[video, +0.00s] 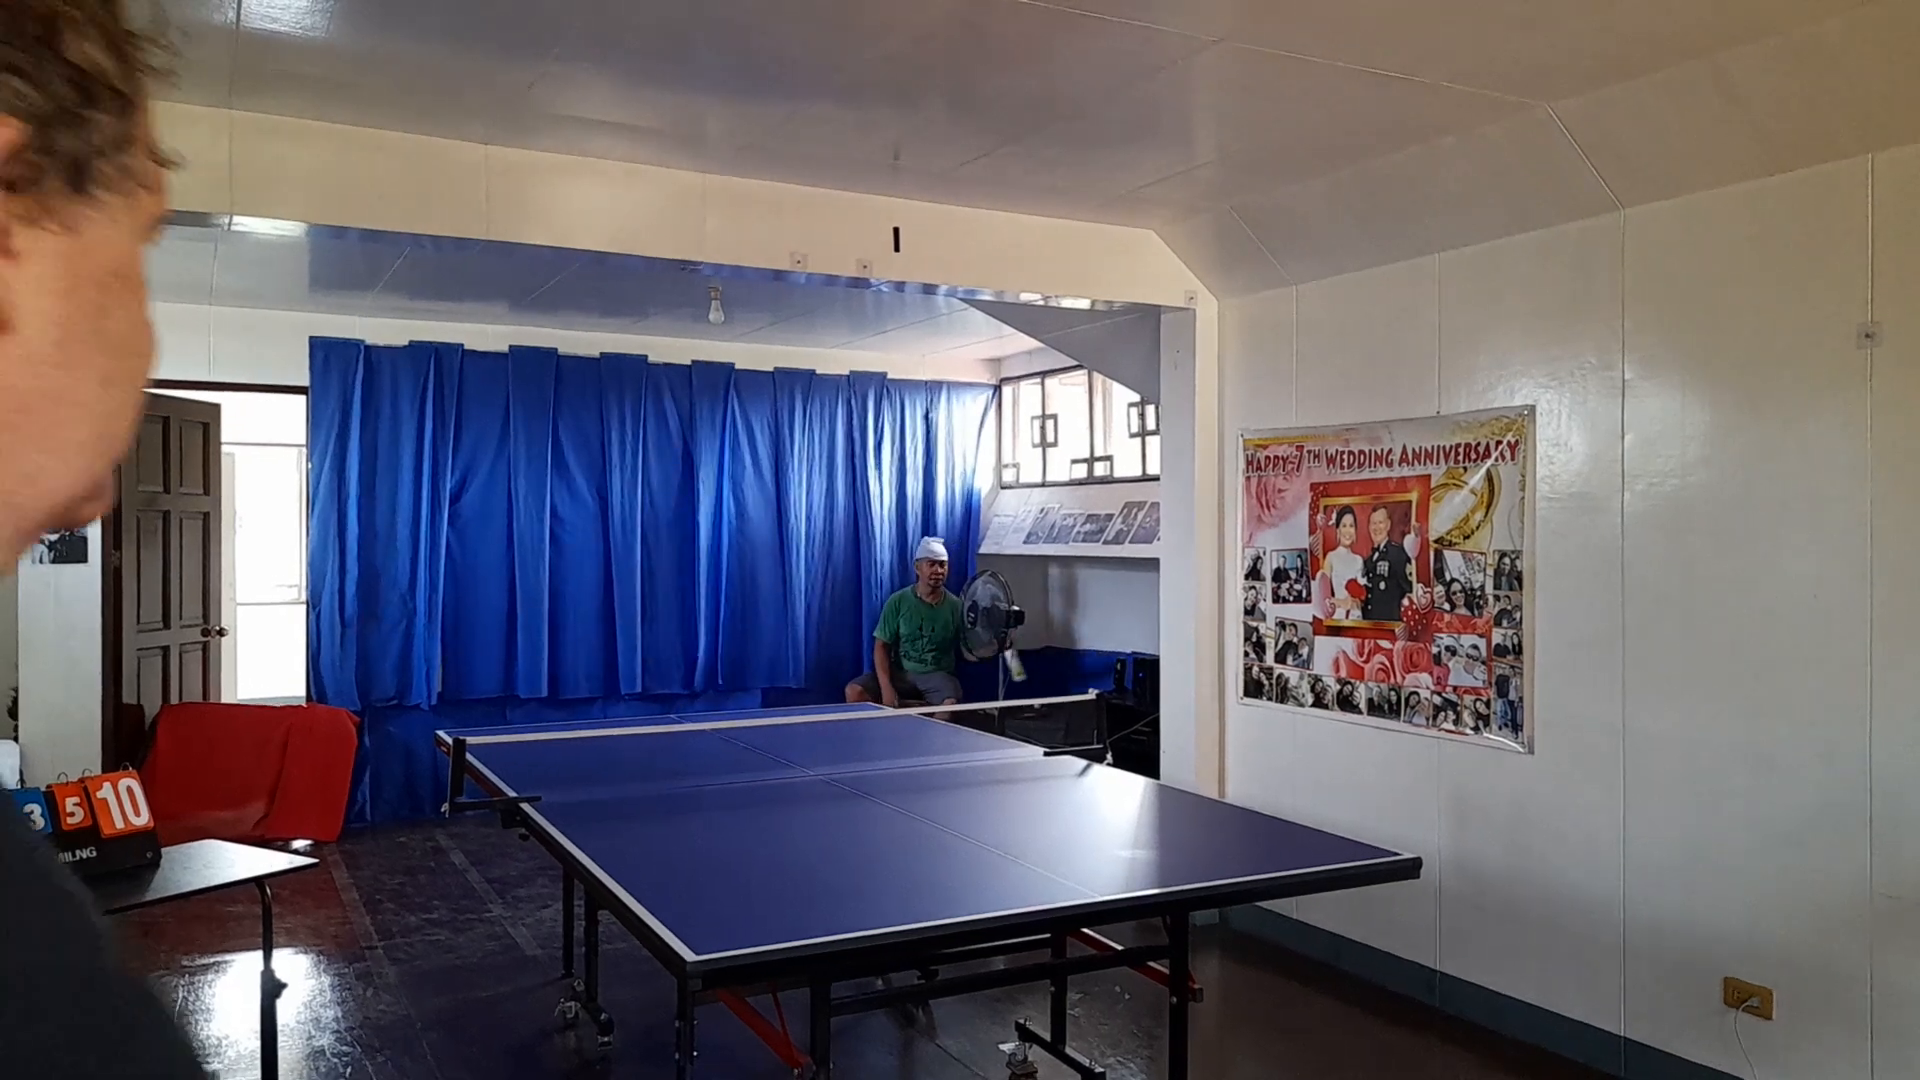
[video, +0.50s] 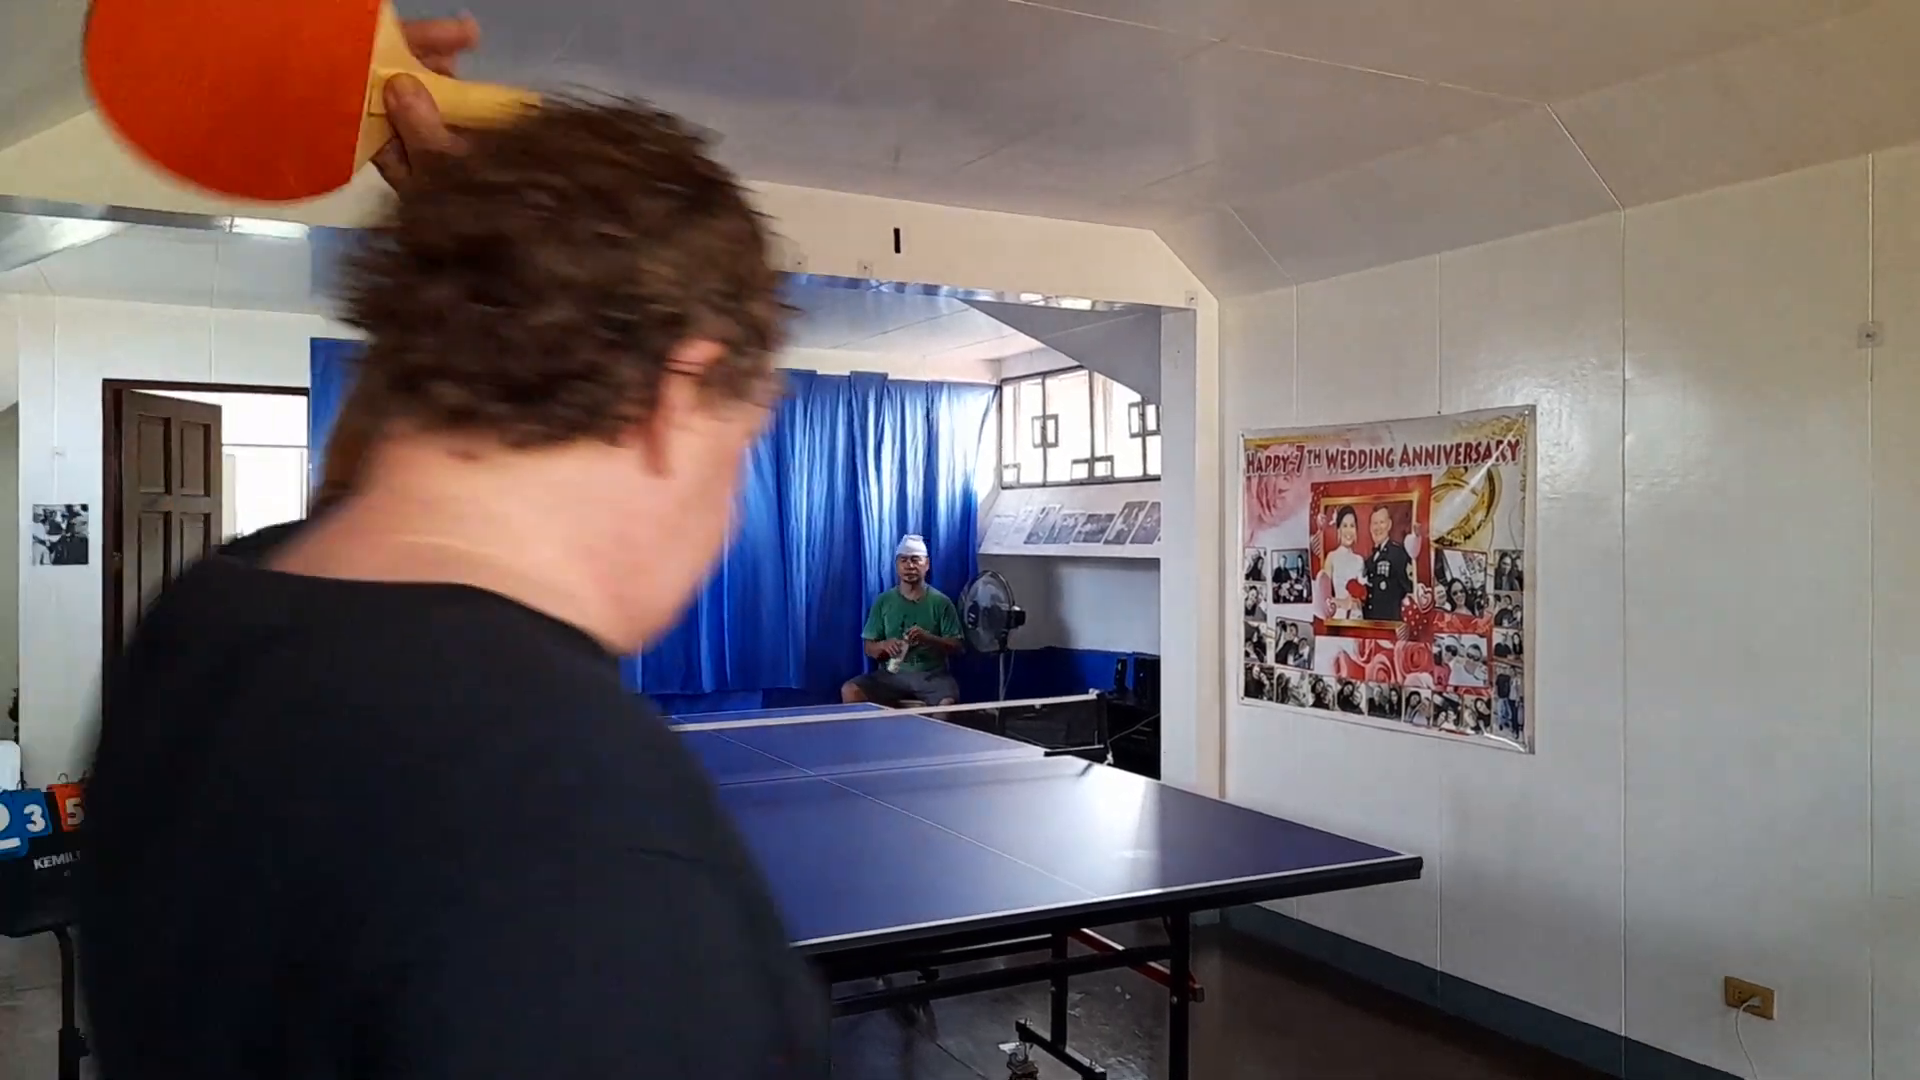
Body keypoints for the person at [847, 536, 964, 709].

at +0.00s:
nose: (938, 570)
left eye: (942, 565)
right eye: (931, 565)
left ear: (947, 568)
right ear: (918, 568)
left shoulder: (956, 606)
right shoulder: (898, 601)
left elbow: (968, 650)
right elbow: (880, 646)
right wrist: (886, 690)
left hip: (936, 675)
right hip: (899, 672)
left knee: (949, 705)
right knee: (854, 691)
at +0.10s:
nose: (936, 571)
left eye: (940, 565)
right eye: (929, 565)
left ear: (945, 569)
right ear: (916, 569)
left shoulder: (955, 608)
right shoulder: (897, 603)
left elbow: (965, 652)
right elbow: (880, 650)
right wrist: (894, 681)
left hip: (939, 676)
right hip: (902, 673)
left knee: (952, 707)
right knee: (857, 693)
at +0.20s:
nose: (929, 568)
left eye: (934, 563)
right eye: (922, 562)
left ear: (939, 568)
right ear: (910, 566)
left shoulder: (950, 606)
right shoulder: (892, 601)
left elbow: (959, 647)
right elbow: (877, 649)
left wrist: (955, 649)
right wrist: (900, 664)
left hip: (933, 678)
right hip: (897, 676)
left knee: (950, 706)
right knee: (854, 692)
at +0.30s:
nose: (921, 566)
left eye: (926, 561)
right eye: (915, 560)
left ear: (933, 567)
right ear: (904, 565)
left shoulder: (946, 605)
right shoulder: (887, 601)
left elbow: (958, 649)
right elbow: (875, 649)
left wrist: (939, 647)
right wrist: (898, 652)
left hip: (932, 676)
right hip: (892, 674)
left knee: (948, 705)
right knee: (851, 691)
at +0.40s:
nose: (916, 568)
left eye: (923, 563)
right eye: (911, 562)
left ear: (931, 568)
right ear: (902, 567)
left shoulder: (945, 606)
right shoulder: (887, 603)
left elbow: (958, 648)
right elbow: (875, 651)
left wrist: (933, 643)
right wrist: (891, 649)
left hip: (932, 678)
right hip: (893, 676)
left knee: (949, 707)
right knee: (852, 694)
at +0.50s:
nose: (909, 565)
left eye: (915, 560)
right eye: (903, 560)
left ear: (927, 565)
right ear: (896, 566)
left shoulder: (941, 603)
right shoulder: (883, 602)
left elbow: (957, 645)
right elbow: (869, 648)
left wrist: (927, 639)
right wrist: (883, 646)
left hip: (931, 676)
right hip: (891, 675)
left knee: (947, 704)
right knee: (850, 691)